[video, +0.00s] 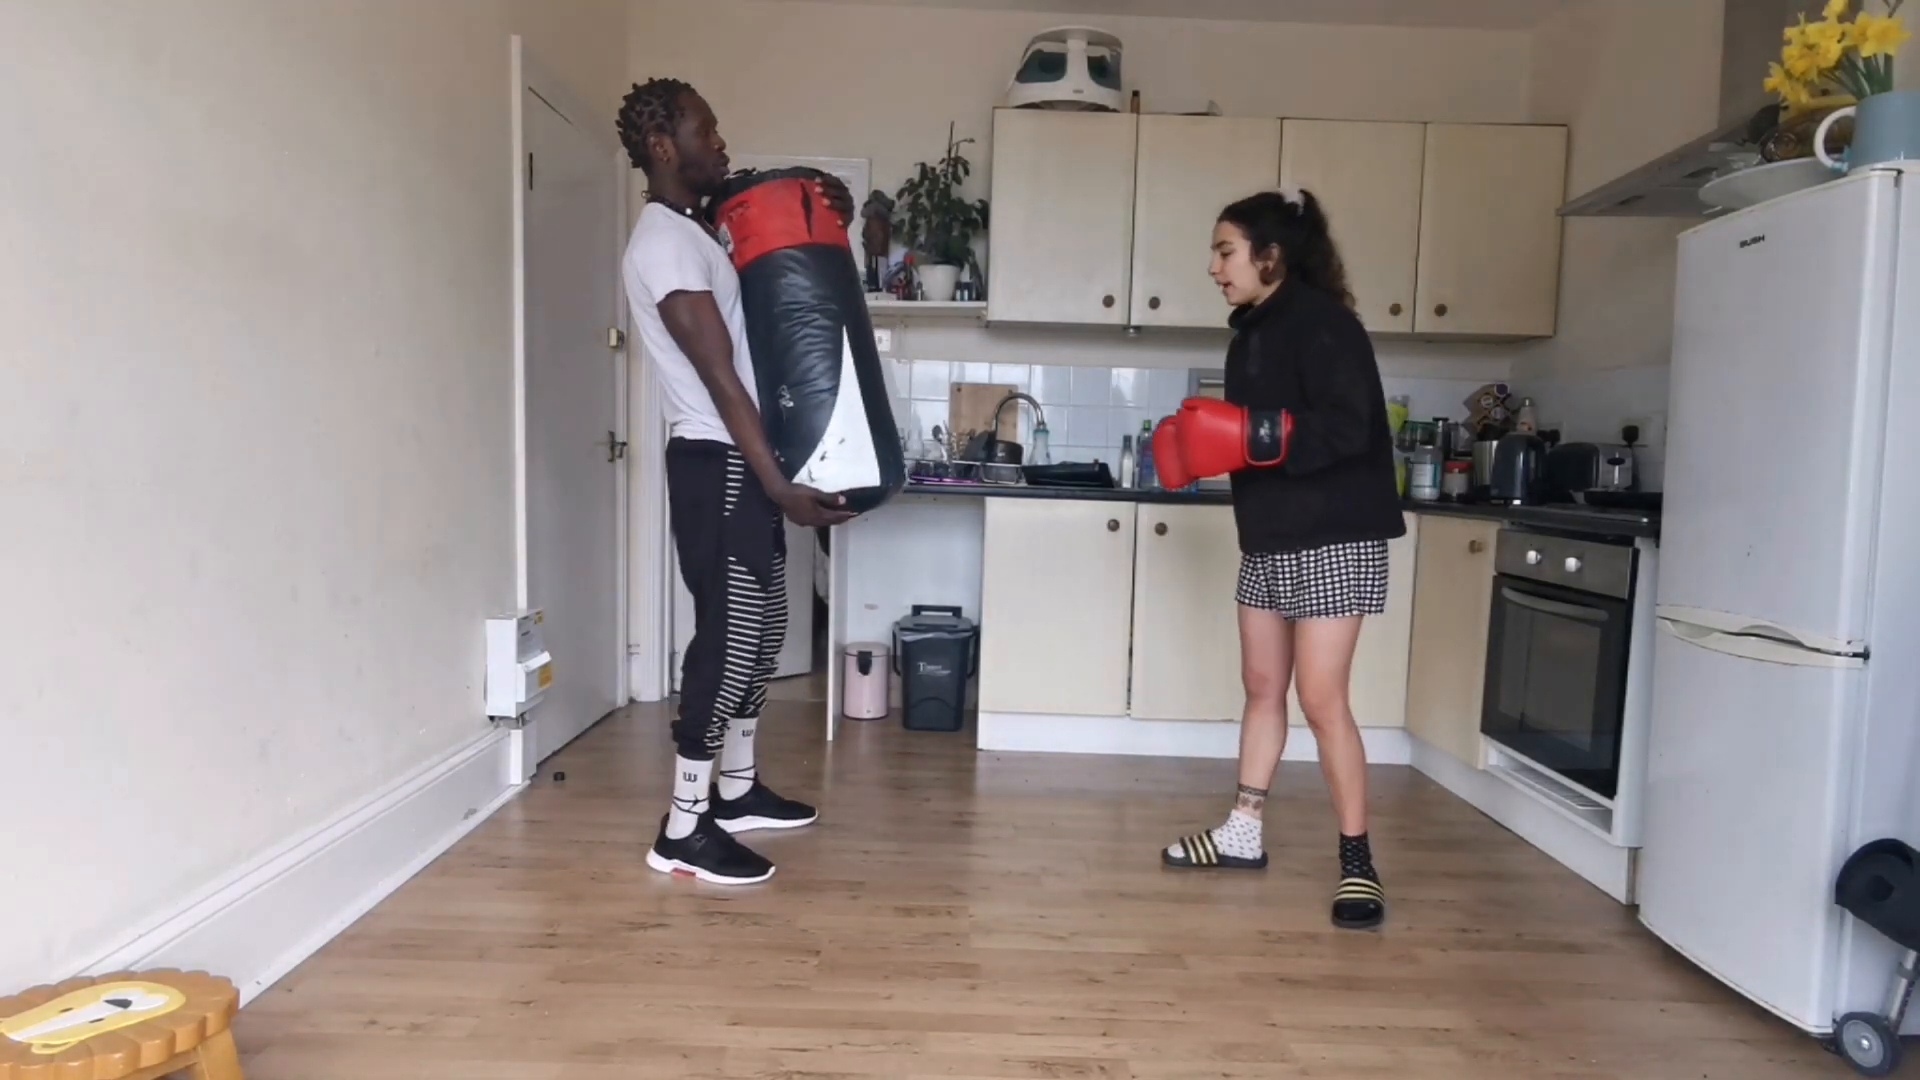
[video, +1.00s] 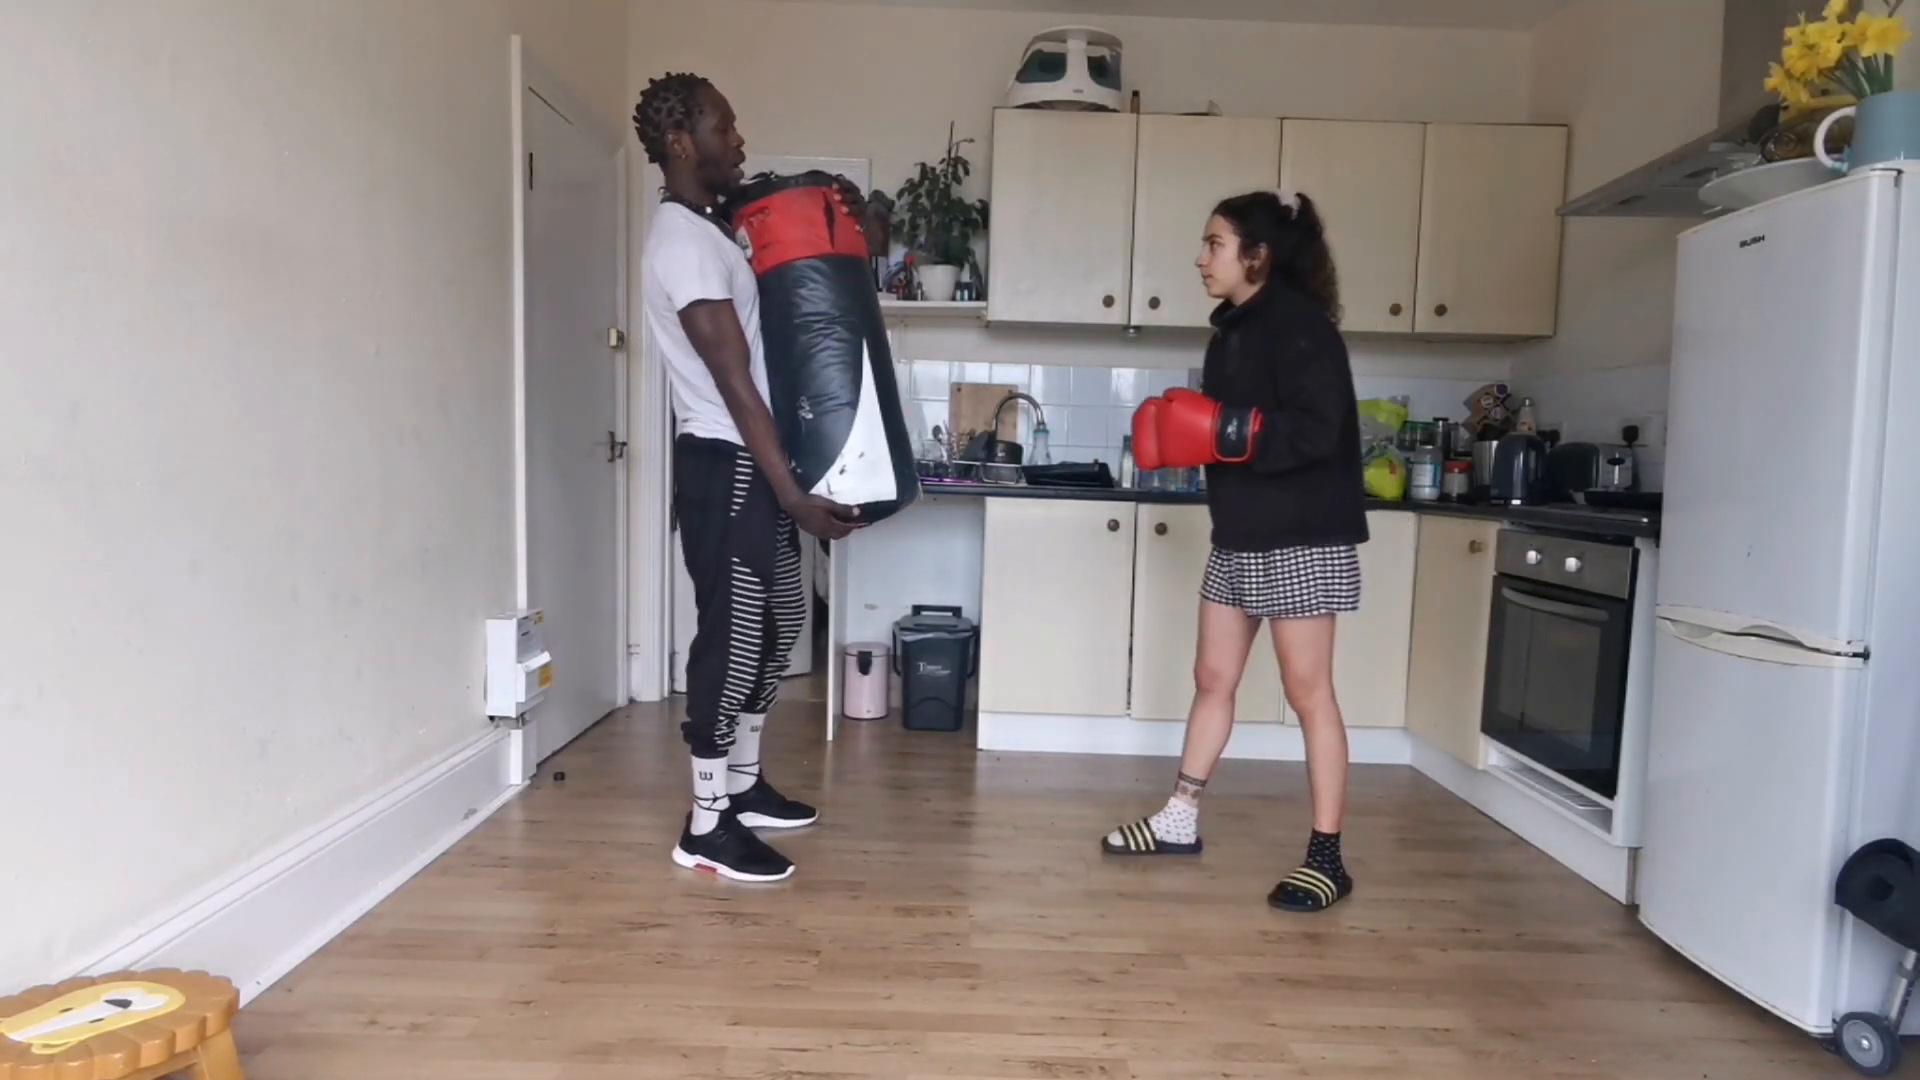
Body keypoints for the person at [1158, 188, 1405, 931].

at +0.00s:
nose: (1215, 267)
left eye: (1225, 253)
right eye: (1214, 253)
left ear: (1272, 255)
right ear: (1251, 257)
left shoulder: (1326, 322)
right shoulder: (1248, 337)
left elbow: (1354, 430)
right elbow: (1257, 436)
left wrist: (1256, 431)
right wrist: (1198, 448)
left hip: (1340, 532)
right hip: (1270, 533)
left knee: (1321, 698)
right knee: (1263, 686)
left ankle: (1356, 859)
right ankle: (1243, 830)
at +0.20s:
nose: (1206, 271)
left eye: (1217, 256)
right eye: (1205, 256)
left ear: (1262, 258)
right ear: (1245, 259)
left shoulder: (1321, 325)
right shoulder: (1242, 336)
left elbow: (1343, 430)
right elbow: (1243, 428)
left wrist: (1247, 432)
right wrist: (1192, 448)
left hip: (1336, 530)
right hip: (1269, 530)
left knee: (1307, 693)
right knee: (1261, 685)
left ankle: (1331, 856)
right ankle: (1241, 832)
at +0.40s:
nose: (1221, 264)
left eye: (1232, 250)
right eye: (1220, 251)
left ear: (1278, 250)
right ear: (1263, 254)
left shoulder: (1333, 321)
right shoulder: (1256, 332)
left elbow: (1351, 431)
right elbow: (1261, 427)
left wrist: (1255, 432)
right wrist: (1201, 440)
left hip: (1337, 531)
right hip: (1270, 530)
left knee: (1315, 692)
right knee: (1258, 683)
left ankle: (1325, 858)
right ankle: (1242, 831)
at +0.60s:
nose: (1236, 260)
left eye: (1247, 245)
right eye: (1237, 246)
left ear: (1292, 250)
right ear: (1281, 252)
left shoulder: (1341, 320)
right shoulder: (1271, 328)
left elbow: (1355, 436)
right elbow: (1281, 427)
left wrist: (1256, 429)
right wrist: (1220, 430)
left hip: (1343, 533)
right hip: (1277, 527)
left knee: (1330, 694)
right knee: (1223, 666)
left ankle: (1327, 857)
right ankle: (1236, 826)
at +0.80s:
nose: (1232, 256)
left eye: (1244, 243)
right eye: (1233, 243)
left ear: (1289, 250)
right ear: (1269, 251)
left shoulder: (1333, 324)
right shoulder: (1263, 328)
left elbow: (1344, 435)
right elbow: (1271, 423)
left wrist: (1248, 428)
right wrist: (1215, 427)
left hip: (1335, 534)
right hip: (1268, 530)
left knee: (1328, 692)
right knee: (1211, 669)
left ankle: (1328, 857)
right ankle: (1188, 816)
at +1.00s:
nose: (1202, 258)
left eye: (1215, 245)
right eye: (1204, 244)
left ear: (1257, 255)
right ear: (1237, 256)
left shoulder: (1301, 326)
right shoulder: (1230, 331)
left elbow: (1321, 435)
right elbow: (1235, 424)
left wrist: (1226, 430)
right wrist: (1181, 429)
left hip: (1306, 531)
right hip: (1239, 528)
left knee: (1309, 692)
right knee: (1213, 677)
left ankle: (1325, 857)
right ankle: (1180, 818)